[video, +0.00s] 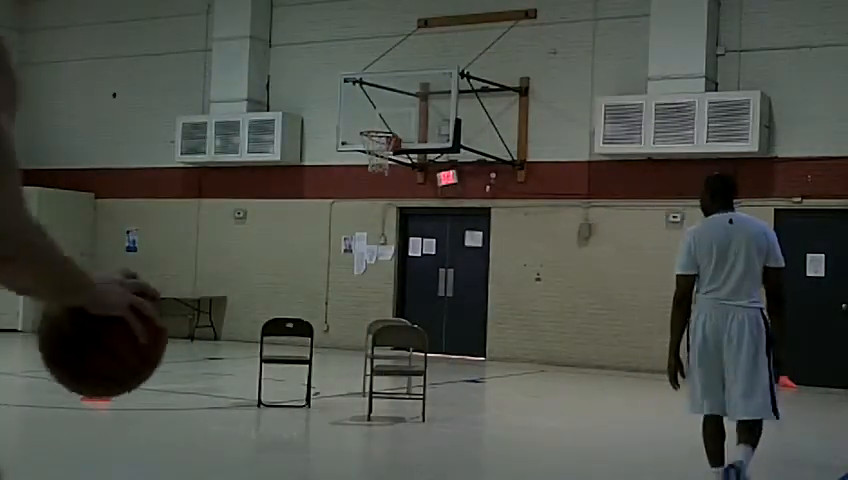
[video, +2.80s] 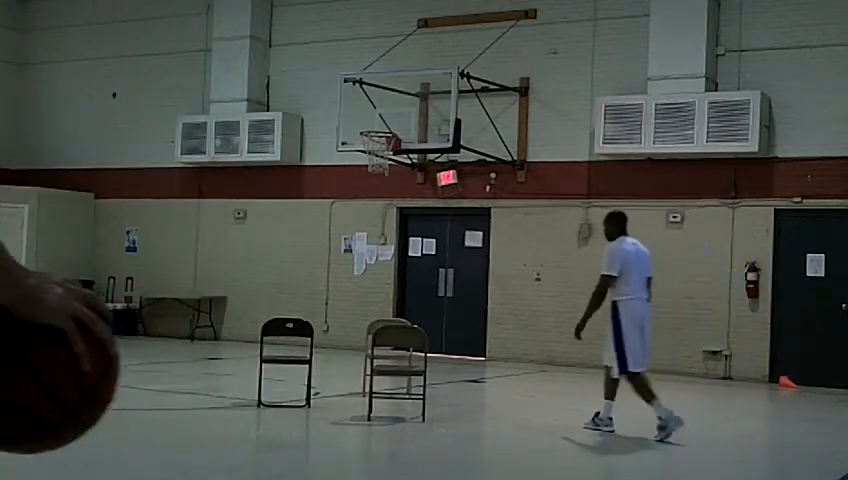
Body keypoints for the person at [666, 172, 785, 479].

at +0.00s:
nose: (700, 204)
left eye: (701, 199)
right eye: (701, 199)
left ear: (707, 200)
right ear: (734, 200)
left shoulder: (697, 234)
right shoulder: (762, 232)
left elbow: (682, 297)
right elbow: (775, 291)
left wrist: (673, 351)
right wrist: (778, 342)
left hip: (707, 320)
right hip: (748, 320)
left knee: (711, 405)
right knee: (751, 403)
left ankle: (718, 474)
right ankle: (741, 464)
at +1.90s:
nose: (706, 222)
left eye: (707, 218)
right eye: (707, 218)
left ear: (713, 219)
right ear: (730, 219)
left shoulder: (709, 242)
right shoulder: (752, 246)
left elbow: (701, 286)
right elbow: (758, 290)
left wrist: (693, 329)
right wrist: (755, 322)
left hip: (717, 309)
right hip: (747, 311)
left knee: (693, 370)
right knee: (748, 377)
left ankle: (702, 430)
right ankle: (754, 441)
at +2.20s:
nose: (668, 230)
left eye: (670, 225)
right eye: (668, 225)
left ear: (678, 225)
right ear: (691, 224)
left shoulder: (680, 249)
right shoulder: (715, 248)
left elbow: (678, 292)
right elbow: (720, 289)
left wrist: (675, 333)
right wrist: (716, 318)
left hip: (693, 313)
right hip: (719, 312)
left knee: (680, 370)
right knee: (723, 371)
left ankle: (679, 427)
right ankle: (746, 422)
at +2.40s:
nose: (649, 225)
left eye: (651, 221)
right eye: (649, 221)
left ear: (660, 221)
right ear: (671, 220)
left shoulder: (662, 245)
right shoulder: (692, 244)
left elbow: (654, 288)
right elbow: (698, 282)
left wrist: (635, 326)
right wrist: (693, 308)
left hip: (671, 307)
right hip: (693, 305)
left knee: (670, 369)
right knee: (682, 367)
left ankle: (678, 429)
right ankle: (704, 411)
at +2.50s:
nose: (639, 226)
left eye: (641, 221)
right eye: (639, 221)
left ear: (649, 222)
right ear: (661, 220)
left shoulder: (653, 245)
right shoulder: (680, 244)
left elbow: (641, 286)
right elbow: (687, 278)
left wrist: (618, 318)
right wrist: (683, 304)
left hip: (661, 305)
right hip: (681, 304)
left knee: (662, 368)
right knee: (665, 366)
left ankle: (677, 428)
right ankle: (670, 419)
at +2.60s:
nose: (628, 228)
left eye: (630, 223)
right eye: (628, 223)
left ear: (638, 224)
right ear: (648, 223)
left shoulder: (641, 248)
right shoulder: (668, 246)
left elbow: (626, 288)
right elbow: (675, 281)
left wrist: (603, 314)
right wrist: (671, 305)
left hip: (650, 305)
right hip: (669, 304)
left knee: (658, 367)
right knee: (646, 364)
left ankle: (677, 427)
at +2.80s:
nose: (604, 231)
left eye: (606, 226)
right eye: (604, 226)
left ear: (614, 227)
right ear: (624, 226)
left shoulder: (616, 248)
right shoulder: (642, 249)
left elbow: (603, 287)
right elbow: (647, 288)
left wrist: (583, 321)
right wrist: (643, 312)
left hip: (624, 307)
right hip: (640, 306)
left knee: (629, 368)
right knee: (612, 364)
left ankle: (665, 415)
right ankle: (605, 417)